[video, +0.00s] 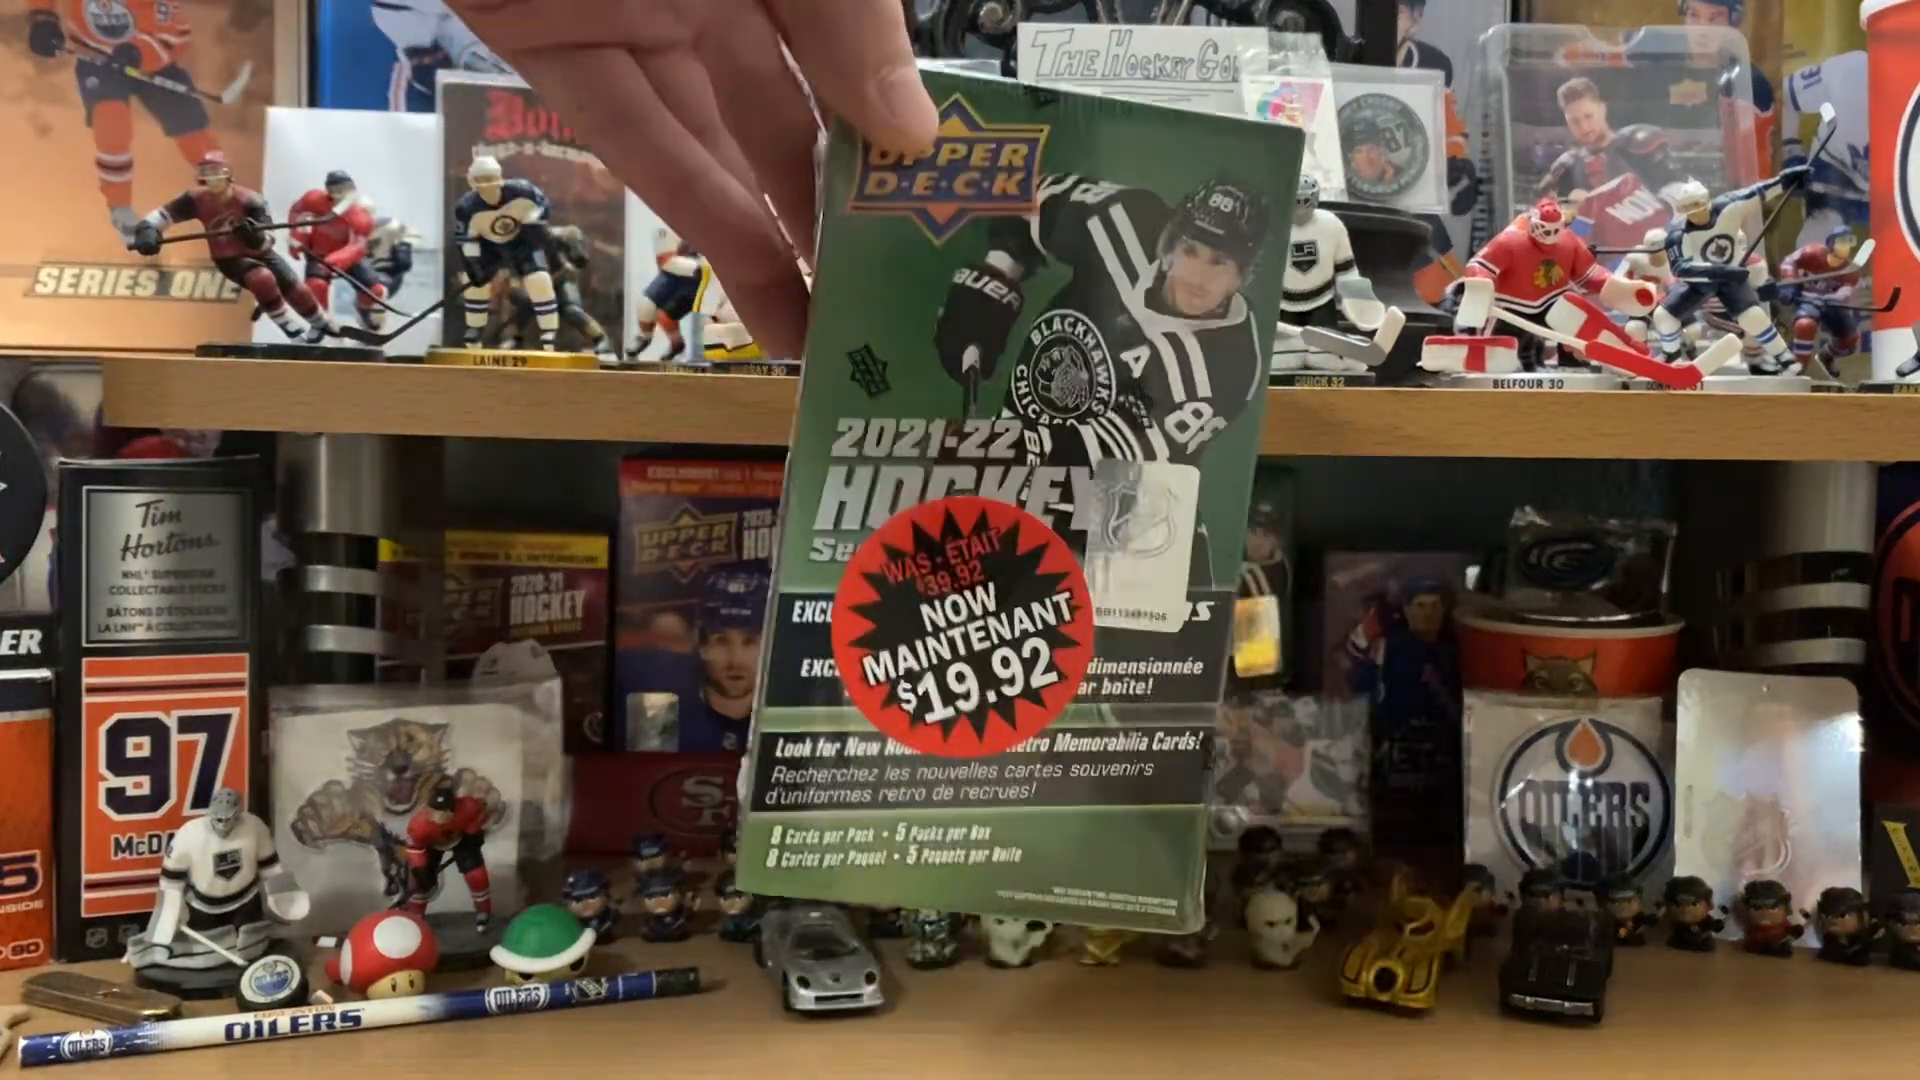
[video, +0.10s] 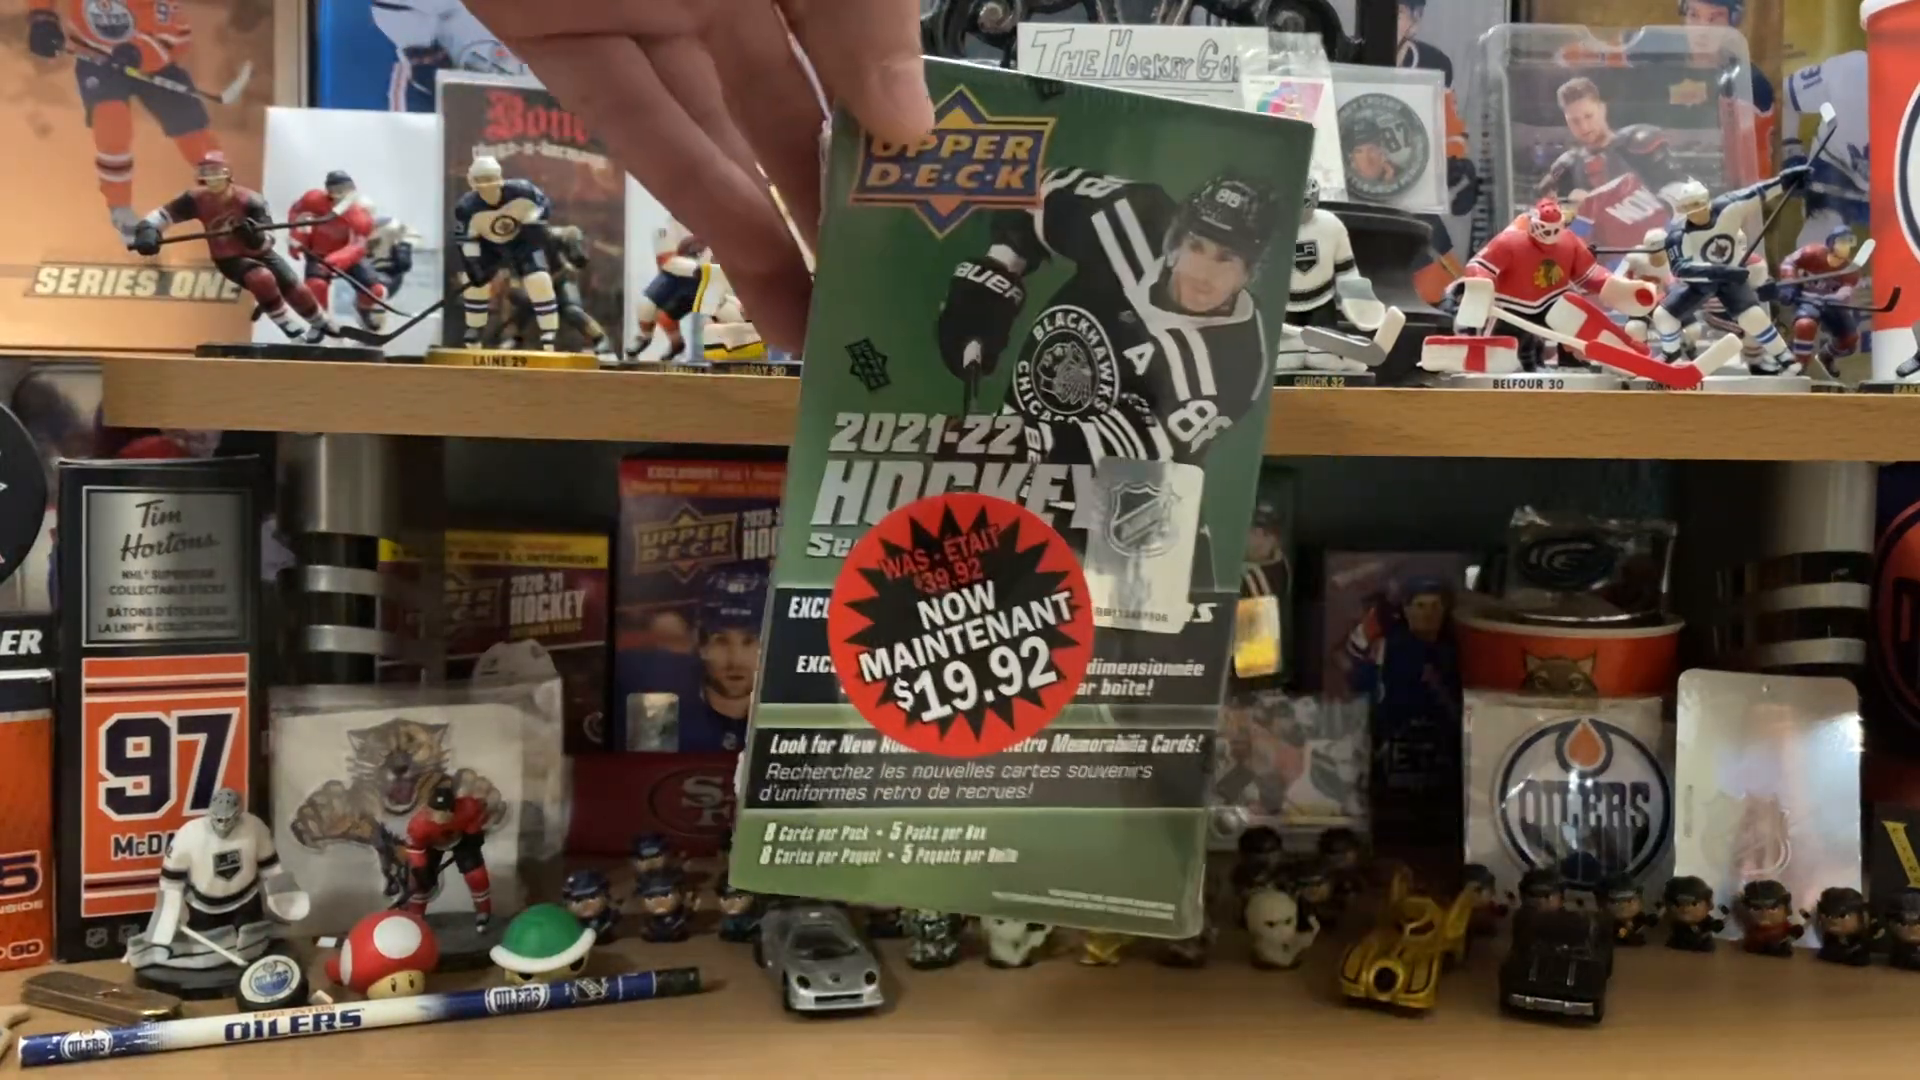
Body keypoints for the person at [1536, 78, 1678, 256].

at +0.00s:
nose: (1584, 127)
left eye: (1588, 116)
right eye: (1575, 121)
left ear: (1603, 109)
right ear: (1566, 123)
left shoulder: (1640, 143)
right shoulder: (1565, 169)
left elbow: (1681, 191)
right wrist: (1572, 209)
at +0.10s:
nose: (1584, 127)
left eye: (1588, 116)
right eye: (1575, 121)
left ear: (1603, 109)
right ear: (1566, 123)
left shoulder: (1641, 143)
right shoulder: (1565, 168)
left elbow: (1681, 192)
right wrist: (1572, 208)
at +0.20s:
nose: (1584, 127)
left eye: (1588, 116)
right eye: (1575, 121)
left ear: (1603, 109)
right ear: (1566, 123)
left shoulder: (1640, 143)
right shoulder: (1565, 169)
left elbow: (1681, 191)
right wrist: (1573, 209)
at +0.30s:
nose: (1584, 127)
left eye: (1589, 116)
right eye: (1575, 121)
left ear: (1603, 109)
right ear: (1567, 123)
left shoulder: (1641, 143)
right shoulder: (1565, 169)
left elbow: (1681, 191)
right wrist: (1573, 208)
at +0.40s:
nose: (1585, 127)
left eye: (1589, 116)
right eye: (1576, 121)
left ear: (1604, 108)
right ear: (1567, 123)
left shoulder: (1641, 142)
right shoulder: (1565, 169)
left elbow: (1681, 190)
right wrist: (1572, 208)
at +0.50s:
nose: (1585, 127)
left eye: (1589, 116)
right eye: (1576, 121)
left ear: (1604, 108)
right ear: (1567, 122)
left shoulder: (1641, 142)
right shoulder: (1565, 168)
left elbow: (1681, 190)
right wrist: (1573, 208)